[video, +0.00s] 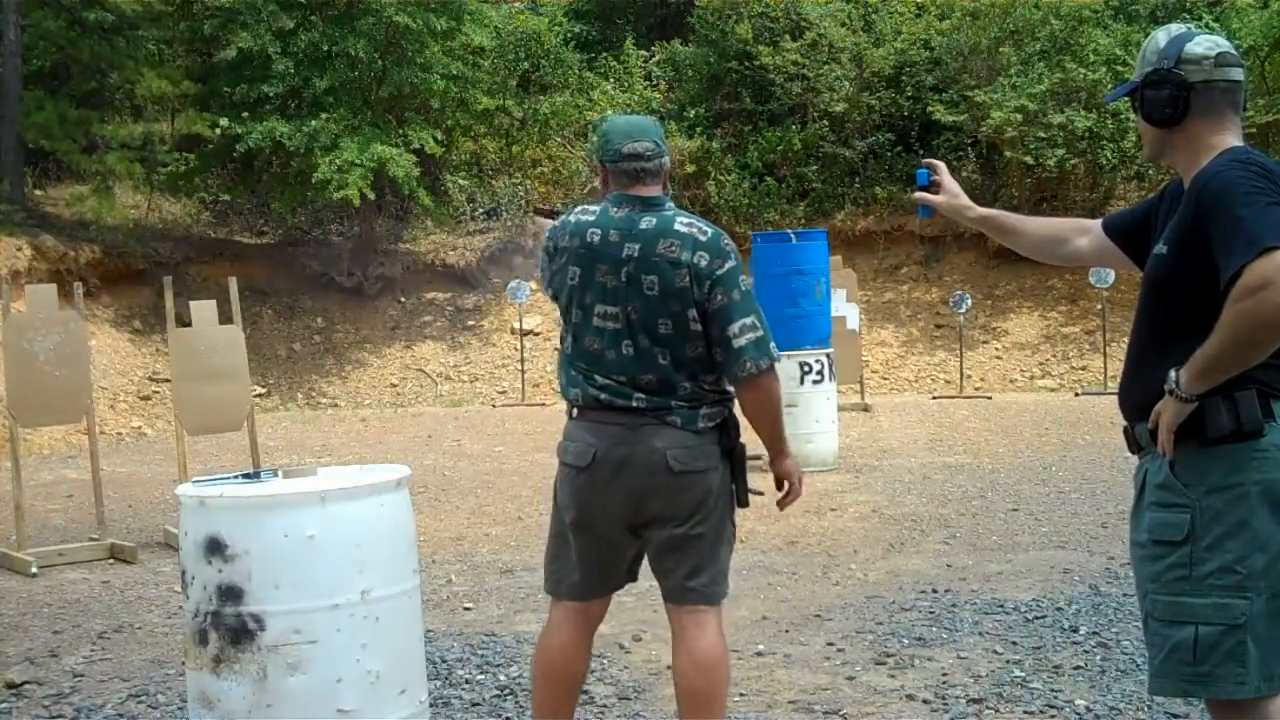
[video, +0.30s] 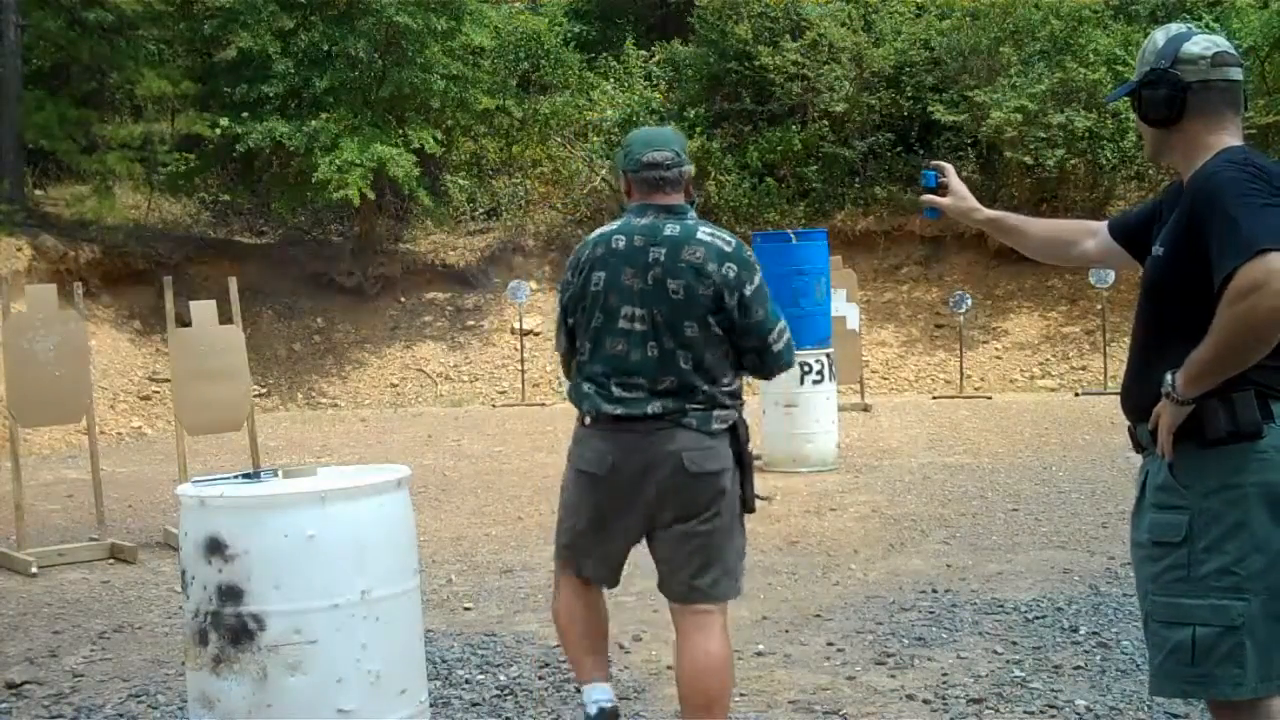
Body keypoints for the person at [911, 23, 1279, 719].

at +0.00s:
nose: (1137, 117)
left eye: (1142, 102)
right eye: (1138, 102)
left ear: (1169, 103)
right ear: (1218, 102)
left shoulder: (1234, 181)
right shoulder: (1186, 195)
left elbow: (1270, 288)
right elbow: (1082, 239)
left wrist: (1184, 388)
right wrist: (970, 213)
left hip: (1221, 462)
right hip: (1210, 456)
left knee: (1238, 693)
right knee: (1242, 686)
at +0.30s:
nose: (1139, 122)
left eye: (1141, 104)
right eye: (1139, 105)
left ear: (1163, 104)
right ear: (1228, 101)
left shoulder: (1230, 181)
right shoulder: (1195, 193)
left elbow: (1264, 288)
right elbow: (1090, 241)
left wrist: (1183, 387)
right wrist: (977, 214)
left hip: (1220, 465)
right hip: (1221, 457)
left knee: (1239, 693)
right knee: (1244, 686)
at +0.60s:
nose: (1134, 128)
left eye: (1133, 112)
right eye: (1133, 113)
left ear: (1148, 110)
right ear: (1224, 103)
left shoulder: (1201, 184)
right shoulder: (1250, 180)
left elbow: (1220, 290)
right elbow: (1112, 242)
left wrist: (1155, 392)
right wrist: (1001, 215)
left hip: (1221, 453)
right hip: (1257, 442)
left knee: (1231, 695)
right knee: (1251, 687)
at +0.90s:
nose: (1136, 140)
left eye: (1138, 125)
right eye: (1138, 127)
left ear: (1148, 122)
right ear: (1226, 122)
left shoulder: (1178, 198)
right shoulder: (1261, 205)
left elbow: (1173, 297)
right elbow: (1137, 244)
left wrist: (1108, 384)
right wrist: (1033, 216)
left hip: (1188, 449)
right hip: (1265, 445)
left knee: (1184, 684)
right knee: (1219, 671)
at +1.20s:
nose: (1134, 140)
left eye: (1135, 128)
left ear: (1139, 131)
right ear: (1216, 132)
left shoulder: (1142, 207)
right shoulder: (1257, 214)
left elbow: (1110, 317)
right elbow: (1170, 250)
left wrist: (1038, 433)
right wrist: (1062, 220)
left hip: (1161, 449)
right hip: (1261, 447)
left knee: (1065, 638)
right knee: (1225, 644)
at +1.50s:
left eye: (1093, 156)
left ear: (1091, 161)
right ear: (1164, 160)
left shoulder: (1083, 233)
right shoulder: (1204, 234)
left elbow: (1051, 335)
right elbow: (1143, 276)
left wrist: (1016, 455)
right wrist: (1058, 235)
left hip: (1106, 456)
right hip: (1211, 449)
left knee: (1063, 623)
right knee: (1205, 647)